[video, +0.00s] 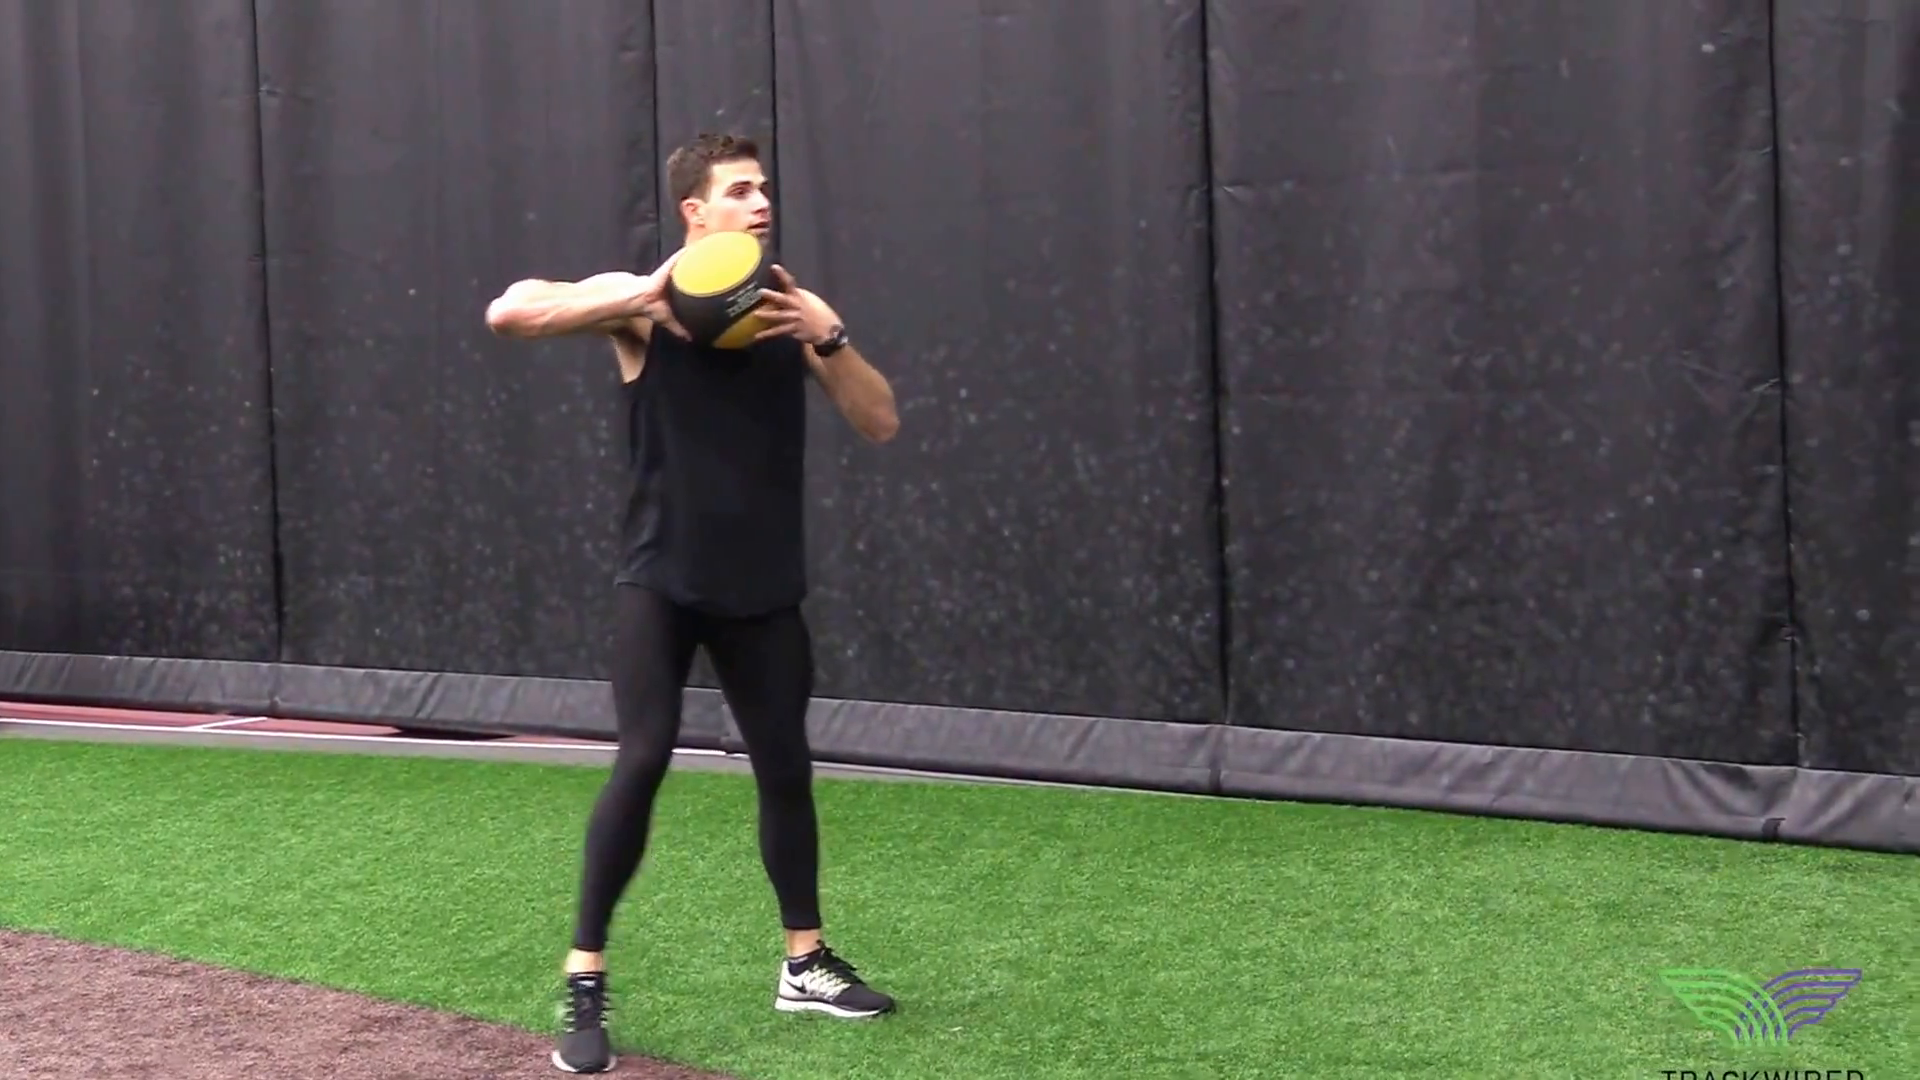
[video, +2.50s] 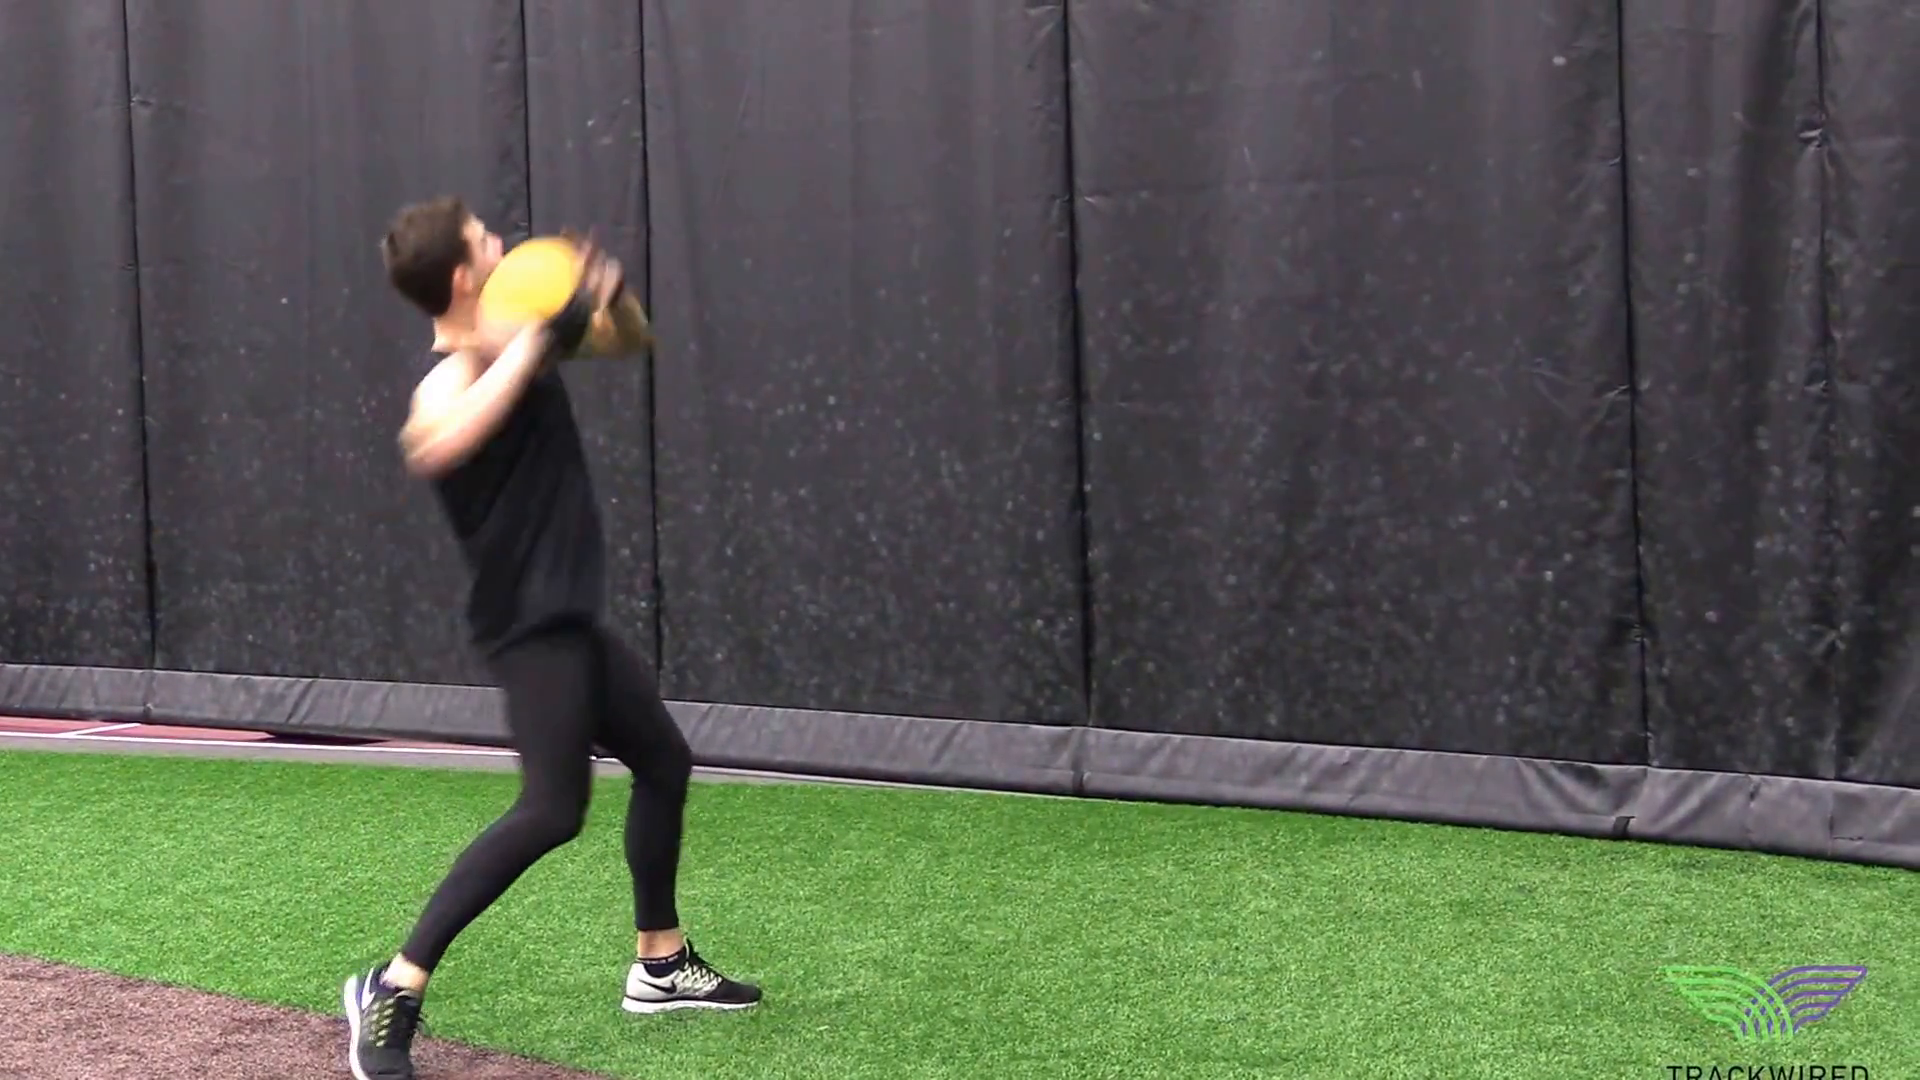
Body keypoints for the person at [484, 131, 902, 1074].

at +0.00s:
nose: (760, 207)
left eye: (765, 194)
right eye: (740, 193)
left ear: (769, 213)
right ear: (692, 209)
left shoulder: (791, 309)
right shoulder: (640, 295)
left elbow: (881, 421)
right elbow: (508, 311)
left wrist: (832, 339)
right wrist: (631, 300)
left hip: (762, 579)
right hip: (660, 574)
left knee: (787, 767)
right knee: (644, 755)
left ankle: (806, 960)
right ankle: (585, 975)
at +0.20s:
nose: (662, 220)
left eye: (667, 205)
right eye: (640, 206)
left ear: (676, 219)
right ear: (588, 223)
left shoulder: (705, 312)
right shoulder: (542, 307)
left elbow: (794, 425)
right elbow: (401, 320)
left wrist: (742, 345)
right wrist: (538, 319)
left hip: (672, 580)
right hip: (569, 578)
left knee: (703, 764)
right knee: (542, 754)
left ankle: (728, 960)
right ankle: (466, 975)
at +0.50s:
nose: (551, 257)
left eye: (554, 239)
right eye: (529, 246)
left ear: (562, 246)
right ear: (480, 265)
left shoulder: (608, 333)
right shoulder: (442, 338)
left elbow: (696, 449)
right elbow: (287, 354)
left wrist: (612, 397)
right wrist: (400, 362)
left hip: (592, 604)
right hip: (484, 604)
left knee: (648, 775)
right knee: (449, 782)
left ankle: (682, 962)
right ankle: (378, 994)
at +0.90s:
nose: (455, 352)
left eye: (456, 332)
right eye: (432, 344)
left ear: (464, 322)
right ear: (382, 362)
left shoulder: (517, 397)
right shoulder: (340, 411)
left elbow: (601, 518)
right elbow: (189, 425)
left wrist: (501, 496)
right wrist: (292, 455)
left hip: (542, 619)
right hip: (431, 629)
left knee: (638, 782)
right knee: (415, 796)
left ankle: (690, 938)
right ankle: (377, 1010)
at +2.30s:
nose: (494, 338)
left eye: (486, 326)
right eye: (475, 337)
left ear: (481, 339)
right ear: (431, 370)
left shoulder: (529, 382)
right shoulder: (384, 451)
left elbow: (648, 457)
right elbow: (249, 517)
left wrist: (569, 429)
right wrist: (372, 483)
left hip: (539, 651)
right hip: (454, 667)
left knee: (680, 770)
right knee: (492, 822)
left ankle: (657, 965)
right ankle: (390, 1013)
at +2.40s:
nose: (501, 287)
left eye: (493, 276)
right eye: (485, 283)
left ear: (469, 307)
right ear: (450, 316)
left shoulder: (527, 360)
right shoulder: (410, 417)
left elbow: (656, 386)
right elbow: (319, 504)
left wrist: (590, 355)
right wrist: (433, 432)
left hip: (557, 637)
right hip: (487, 651)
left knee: (679, 767)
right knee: (521, 818)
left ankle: (662, 963)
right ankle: (392, 1002)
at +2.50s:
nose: (502, 248)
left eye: (493, 237)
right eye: (488, 243)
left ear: (460, 280)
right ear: (462, 277)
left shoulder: (522, 334)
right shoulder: (447, 378)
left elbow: (627, 338)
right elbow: (430, 448)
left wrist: (607, 294)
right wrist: (530, 347)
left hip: (573, 618)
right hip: (529, 627)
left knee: (665, 763)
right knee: (550, 810)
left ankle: (662, 963)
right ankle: (395, 985)